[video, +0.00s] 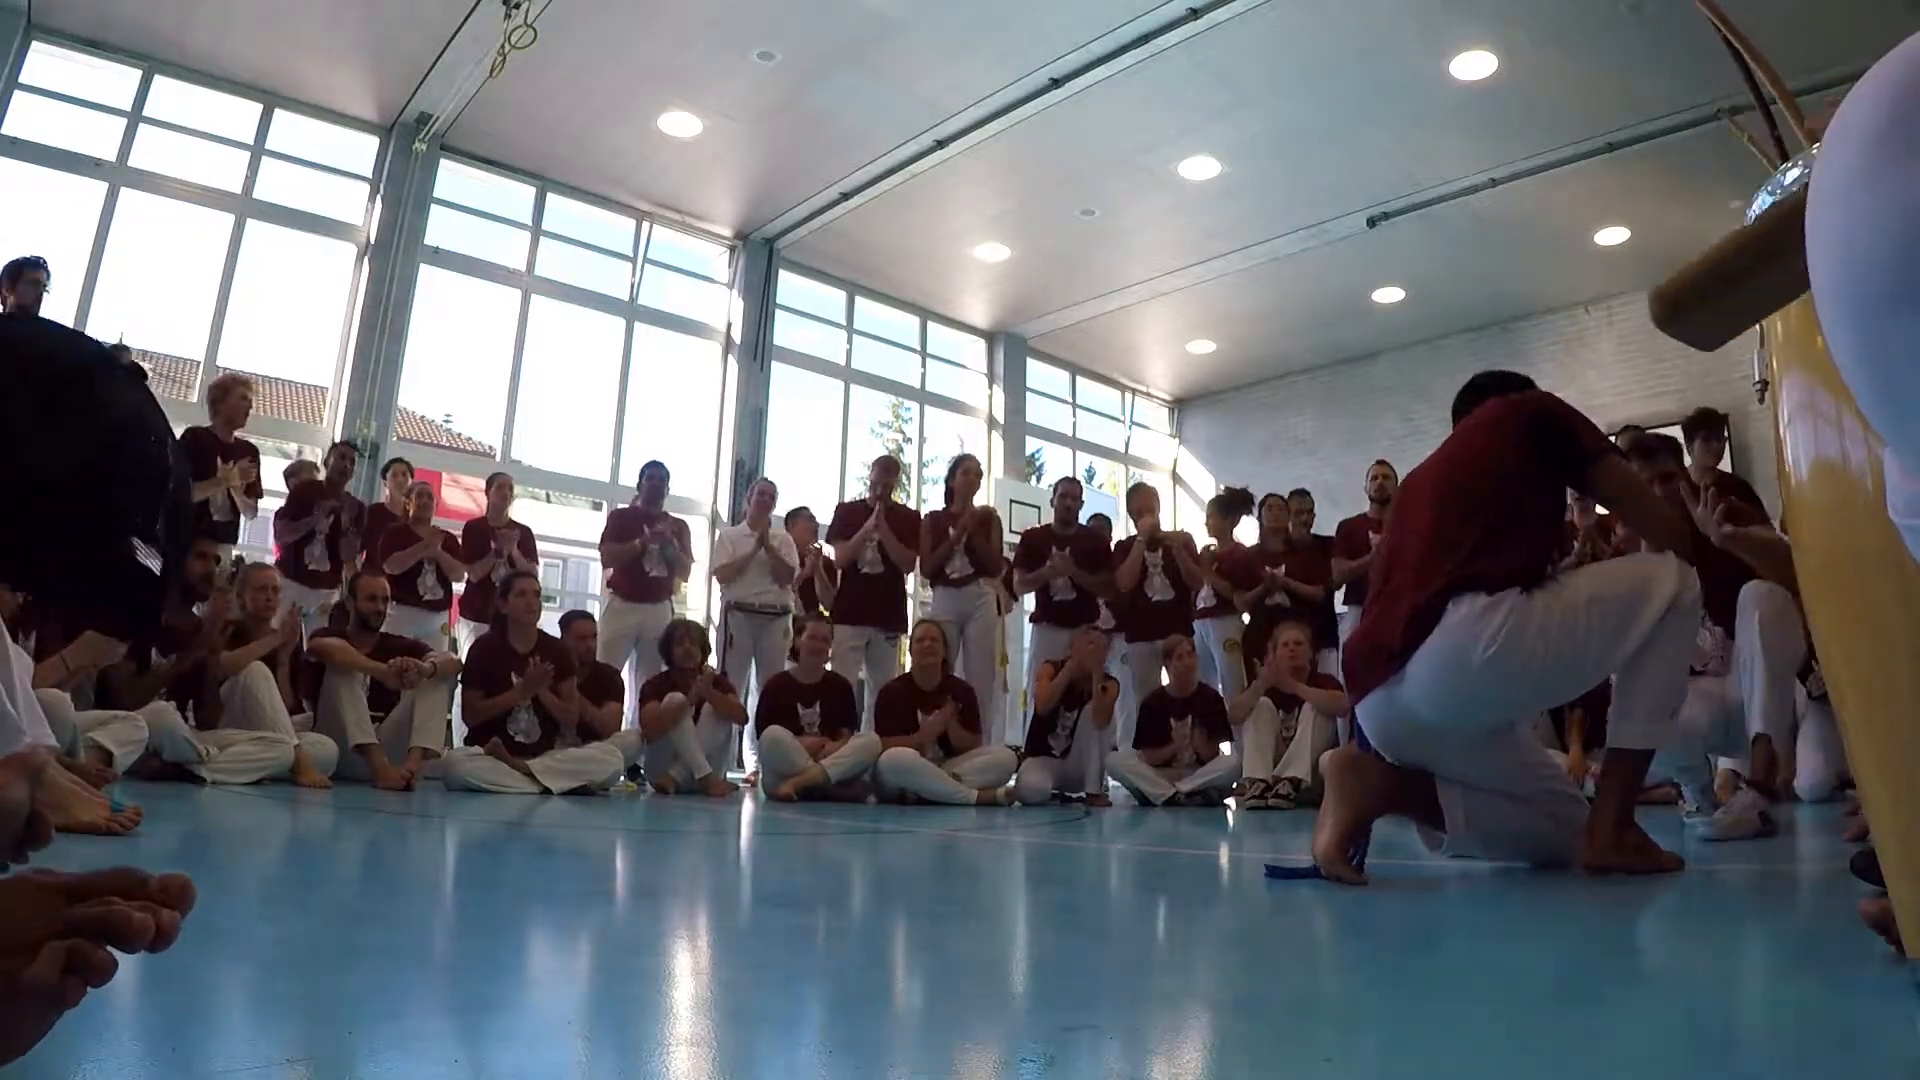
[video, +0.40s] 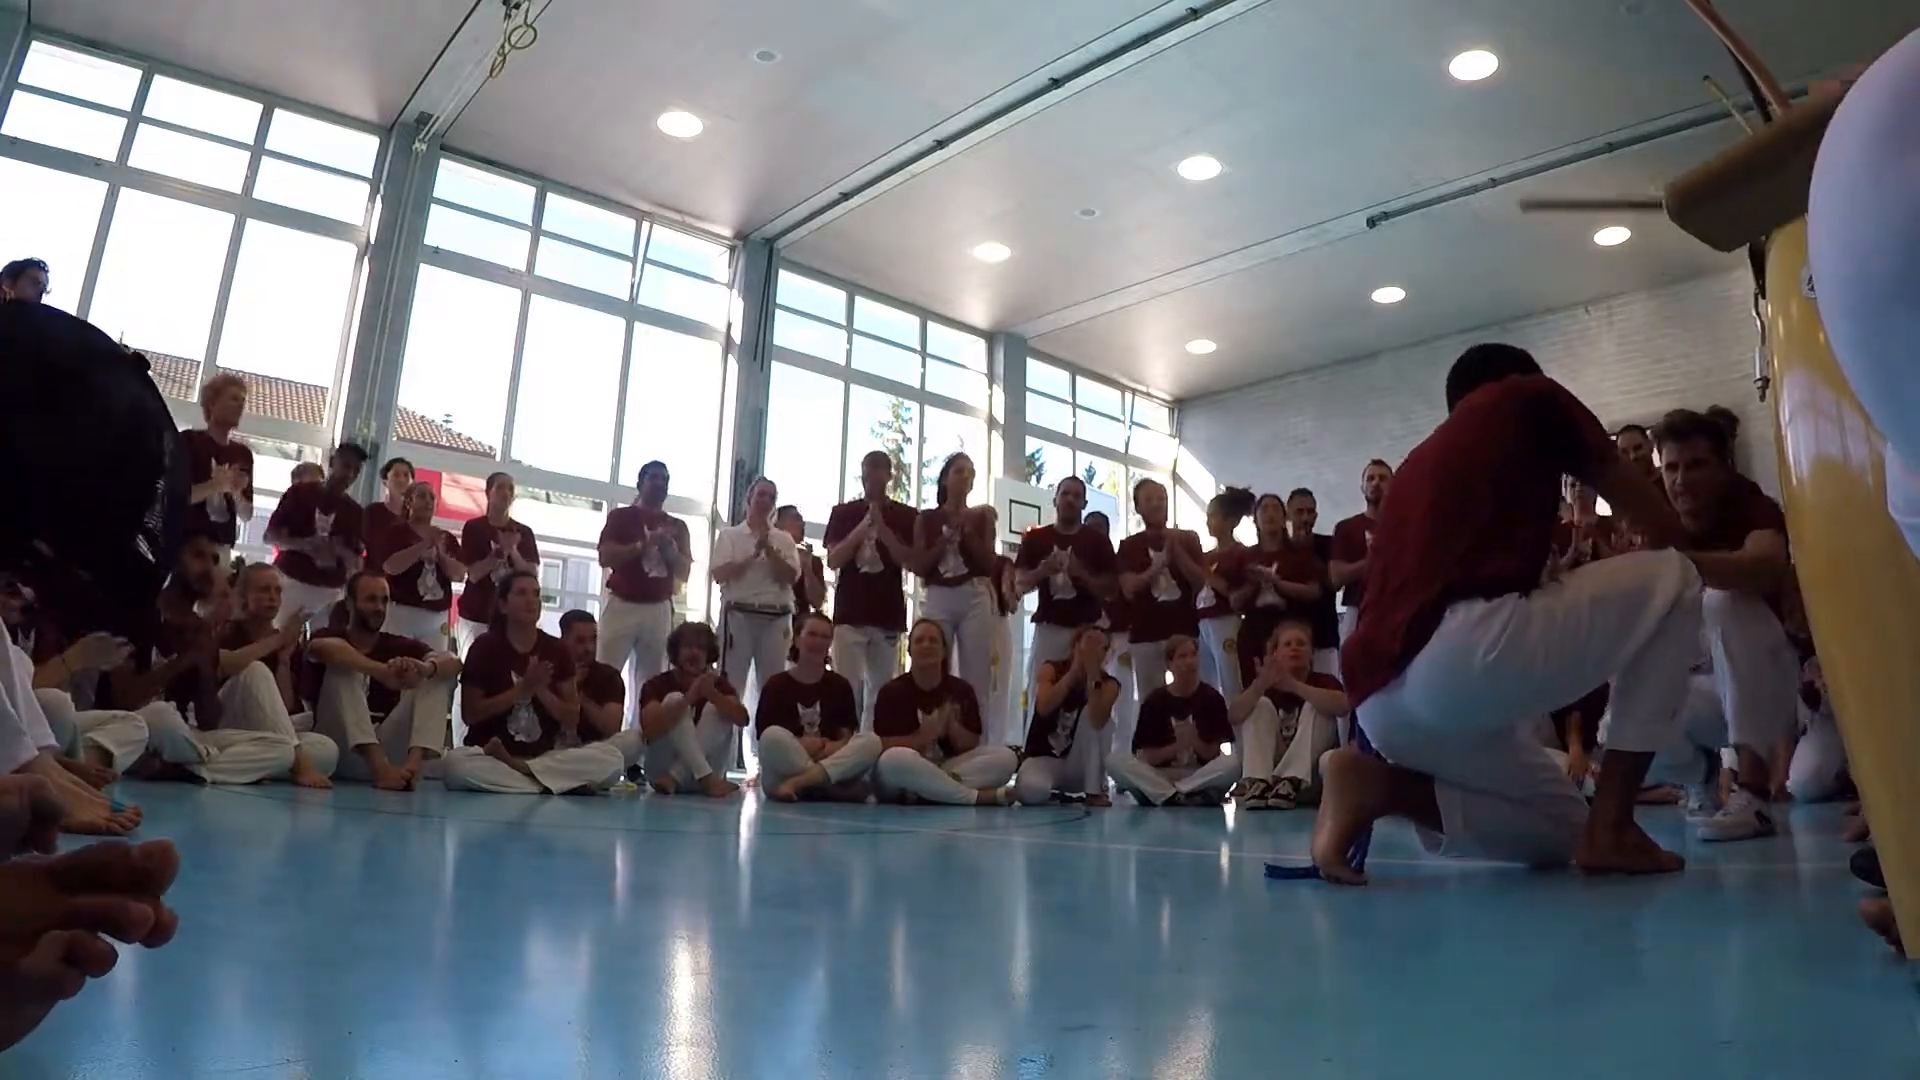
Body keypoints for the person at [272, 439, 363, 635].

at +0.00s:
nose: (347, 465)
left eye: (352, 462)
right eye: (341, 458)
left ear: (354, 469)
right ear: (326, 462)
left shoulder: (356, 507)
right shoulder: (303, 491)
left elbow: (349, 555)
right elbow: (281, 534)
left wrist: (345, 525)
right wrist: (316, 519)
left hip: (328, 588)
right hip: (292, 581)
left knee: (319, 654)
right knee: (281, 647)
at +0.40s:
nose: (350, 474)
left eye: (356, 470)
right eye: (346, 466)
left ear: (359, 474)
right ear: (332, 461)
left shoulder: (355, 511)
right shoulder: (298, 493)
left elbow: (357, 563)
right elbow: (271, 536)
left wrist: (339, 550)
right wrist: (307, 545)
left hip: (330, 592)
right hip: (291, 583)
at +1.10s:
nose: (327, 468)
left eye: (332, 464)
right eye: (321, 462)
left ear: (336, 471)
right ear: (307, 467)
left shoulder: (344, 510)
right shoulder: (292, 502)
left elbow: (352, 547)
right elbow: (288, 542)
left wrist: (339, 515)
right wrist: (317, 521)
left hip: (336, 586)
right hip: (300, 582)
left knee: (330, 651)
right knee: (293, 647)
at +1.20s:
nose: (329, 467)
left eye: (333, 463)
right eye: (323, 461)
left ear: (337, 472)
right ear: (309, 468)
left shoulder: (346, 510)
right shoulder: (290, 502)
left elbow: (353, 548)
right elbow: (286, 540)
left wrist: (356, 505)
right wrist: (308, 512)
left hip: (335, 587)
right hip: (299, 583)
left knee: (330, 653)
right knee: (290, 649)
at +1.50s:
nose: (344, 469)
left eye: (348, 466)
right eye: (339, 461)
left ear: (348, 474)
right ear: (322, 463)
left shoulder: (349, 511)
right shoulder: (294, 496)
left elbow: (352, 553)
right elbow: (275, 541)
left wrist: (338, 534)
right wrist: (314, 533)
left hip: (334, 588)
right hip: (297, 583)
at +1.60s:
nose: (345, 468)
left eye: (349, 465)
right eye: (340, 461)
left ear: (350, 472)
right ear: (323, 463)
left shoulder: (350, 512)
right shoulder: (294, 497)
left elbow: (353, 560)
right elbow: (268, 540)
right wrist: (304, 545)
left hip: (334, 589)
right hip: (296, 584)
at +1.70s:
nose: (345, 467)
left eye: (349, 464)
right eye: (340, 460)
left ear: (350, 472)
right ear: (323, 462)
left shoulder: (351, 512)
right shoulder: (295, 497)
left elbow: (353, 558)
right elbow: (268, 543)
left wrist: (351, 559)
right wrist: (298, 532)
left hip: (333, 590)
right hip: (296, 584)